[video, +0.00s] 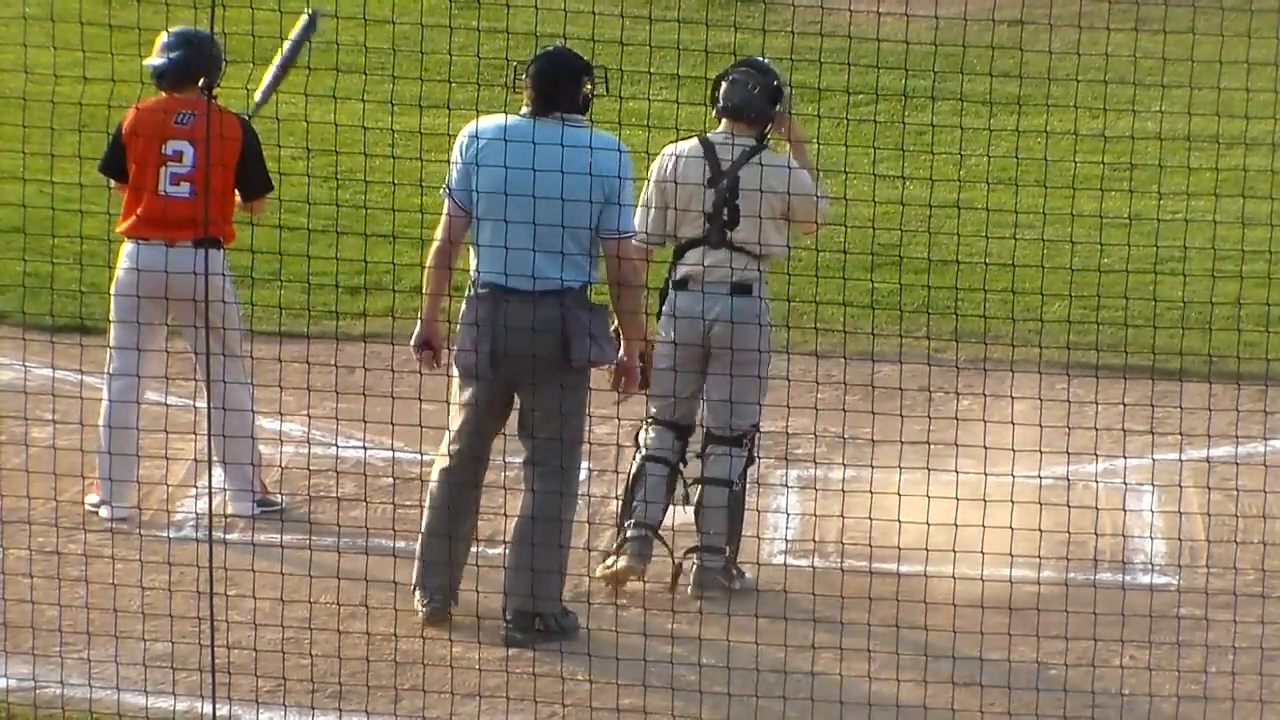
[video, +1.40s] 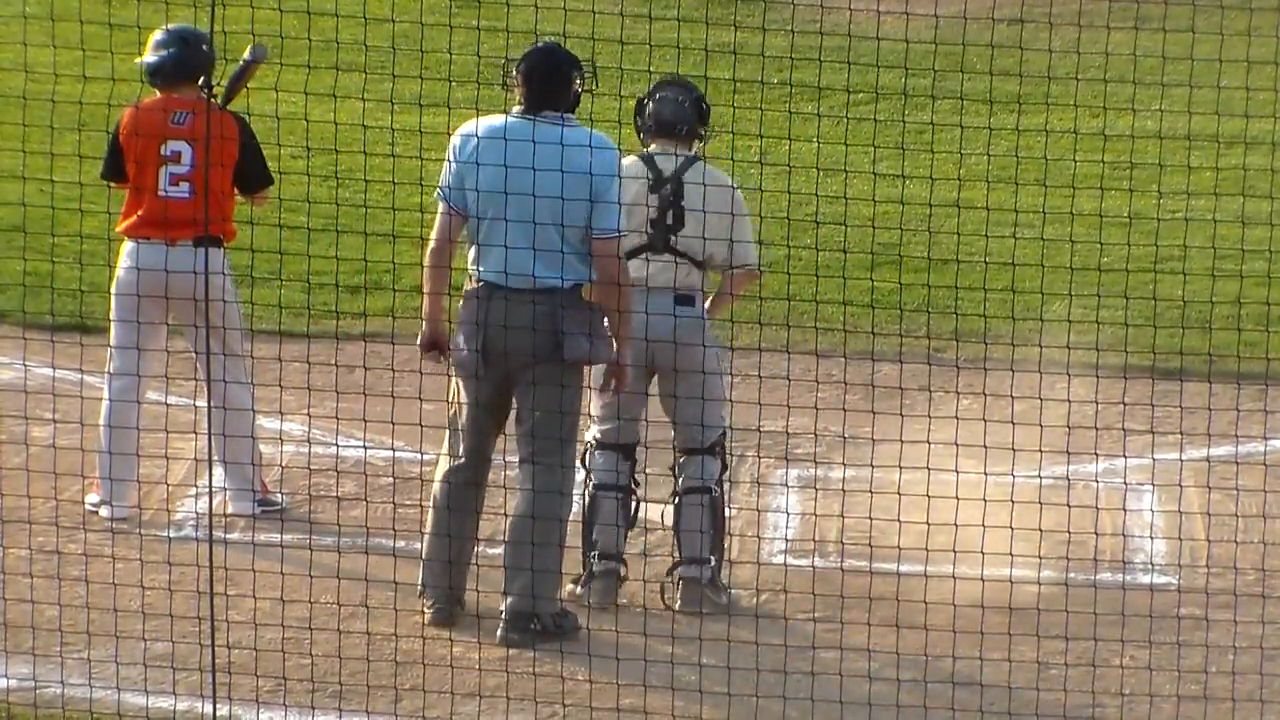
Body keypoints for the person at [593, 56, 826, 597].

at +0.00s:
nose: (775, 116)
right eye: (774, 109)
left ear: (719, 105)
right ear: (771, 114)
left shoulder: (674, 159)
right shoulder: (779, 169)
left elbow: (640, 250)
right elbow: (812, 217)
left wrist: (632, 326)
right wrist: (796, 143)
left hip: (682, 306)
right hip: (744, 311)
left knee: (666, 422)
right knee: (727, 437)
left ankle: (635, 542)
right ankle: (713, 563)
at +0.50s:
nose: (718, 125)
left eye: (714, 118)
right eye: (717, 117)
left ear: (656, 112)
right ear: (710, 120)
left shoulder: (615, 165)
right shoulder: (722, 172)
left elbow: (593, 249)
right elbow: (737, 233)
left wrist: (591, 330)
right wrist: (716, 167)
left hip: (629, 315)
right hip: (692, 318)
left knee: (632, 441)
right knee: (708, 440)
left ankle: (627, 567)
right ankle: (716, 563)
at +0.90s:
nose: (709, 121)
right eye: (708, 114)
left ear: (650, 113)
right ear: (704, 117)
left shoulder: (619, 167)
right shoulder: (722, 171)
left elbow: (606, 246)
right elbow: (740, 234)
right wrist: (712, 161)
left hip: (634, 317)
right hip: (695, 319)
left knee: (633, 444)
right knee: (697, 445)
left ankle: (627, 569)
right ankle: (695, 574)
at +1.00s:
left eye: (657, 106)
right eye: (707, 110)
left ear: (655, 110)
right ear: (711, 114)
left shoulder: (626, 167)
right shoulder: (732, 176)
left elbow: (611, 249)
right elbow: (743, 254)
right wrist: (688, 237)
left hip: (639, 319)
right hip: (702, 322)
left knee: (630, 442)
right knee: (700, 446)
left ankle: (623, 571)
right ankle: (697, 576)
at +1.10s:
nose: (656, 118)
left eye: (658, 110)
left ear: (659, 113)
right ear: (714, 118)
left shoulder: (631, 171)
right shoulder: (737, 178)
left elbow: (613, 251)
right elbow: (751, 259)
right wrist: (700, 240)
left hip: (643, 318)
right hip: (707, 320)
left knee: (623, 436)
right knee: (704, 446)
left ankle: (610, 560)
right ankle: (698, 575)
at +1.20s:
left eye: (658, 113)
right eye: (712, 116)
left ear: (658, 116)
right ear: (713, 120)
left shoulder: (629, 172)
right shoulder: (737, 181)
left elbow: (610, 254)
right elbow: (750, 269)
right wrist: (711, 246)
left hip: (641, 316)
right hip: (707, 320)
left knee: (619, 432)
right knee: (703, 446)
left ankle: (602, 561)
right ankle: (696, 576)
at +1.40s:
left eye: (643, 122)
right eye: (693, 127)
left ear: (642, 125)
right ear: (699, 130)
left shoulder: (614, 174)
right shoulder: (719, 184)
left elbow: (590, 248)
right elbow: (744, 269)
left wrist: (604, 306)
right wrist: (706, 312)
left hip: (621, 313)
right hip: (687, 320)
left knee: (613, 440)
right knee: (699, 446)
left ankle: (602, 567)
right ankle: (696, 574)